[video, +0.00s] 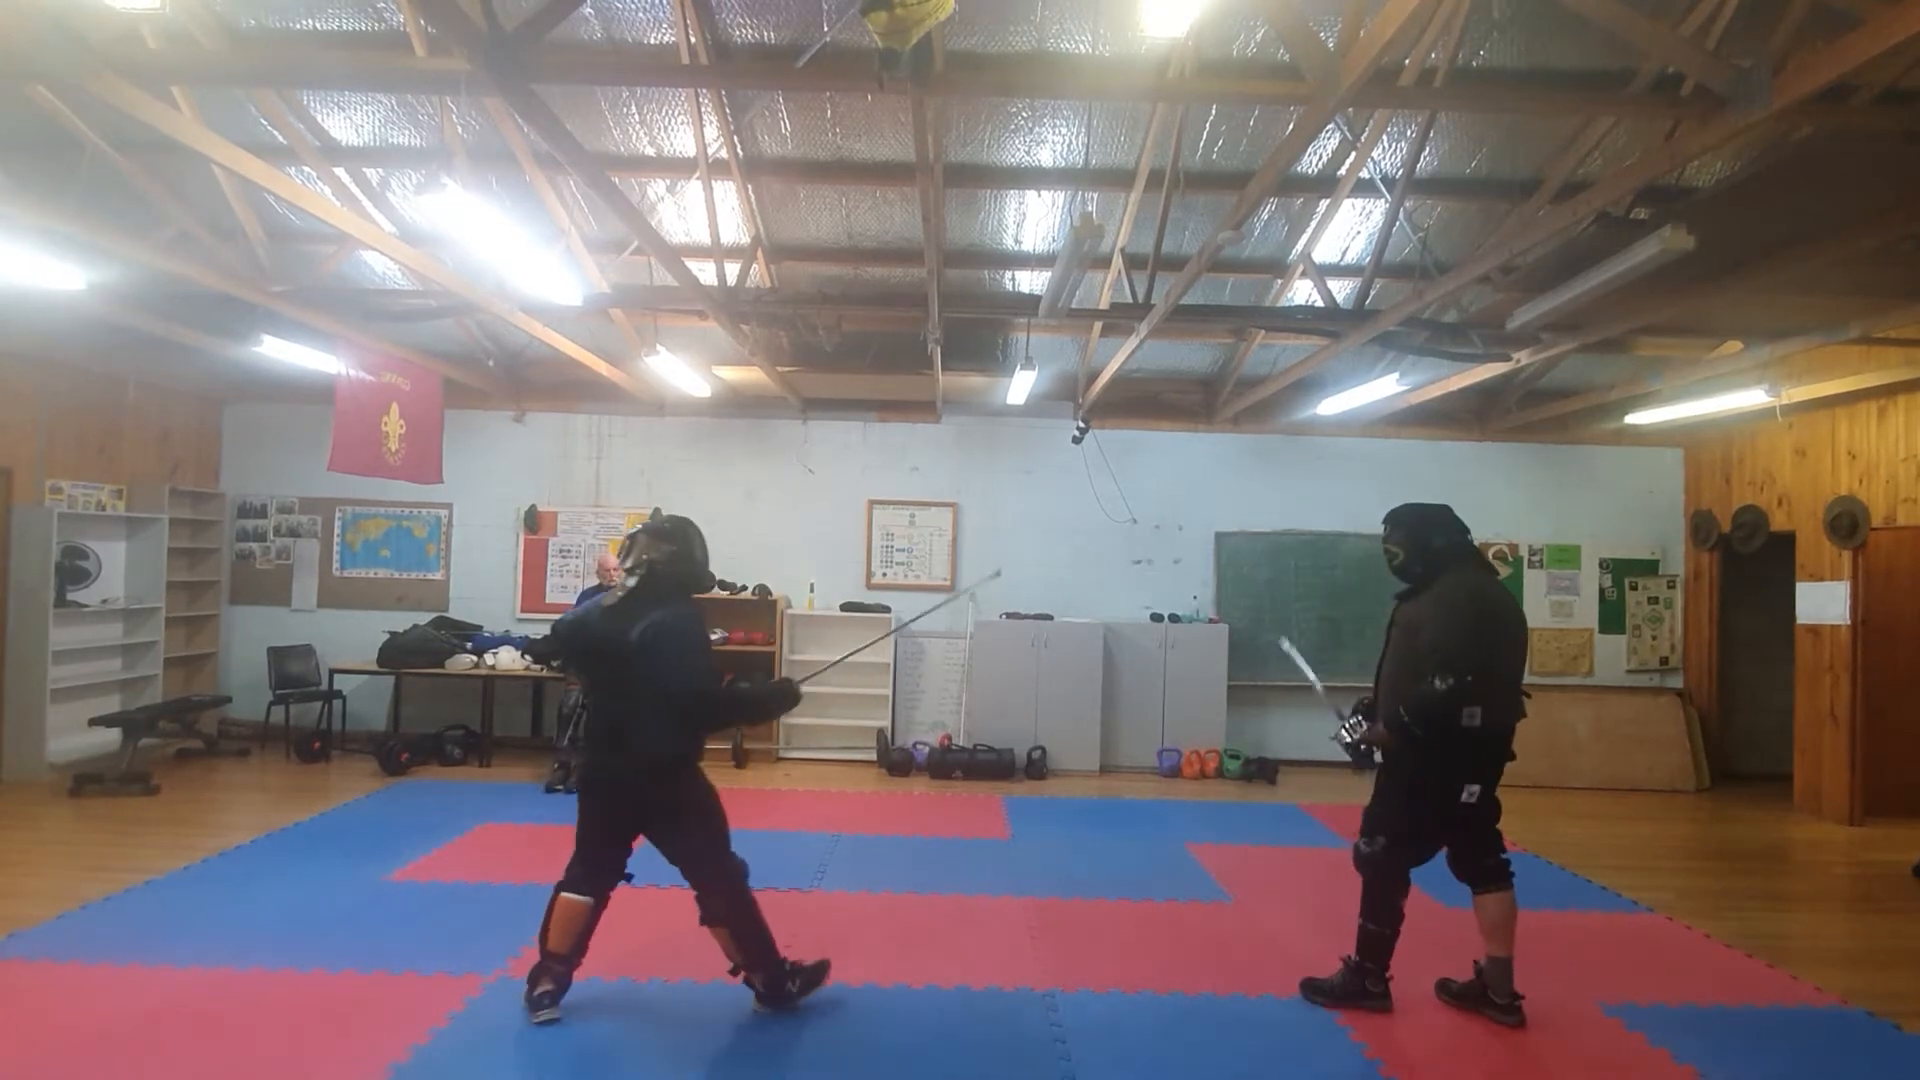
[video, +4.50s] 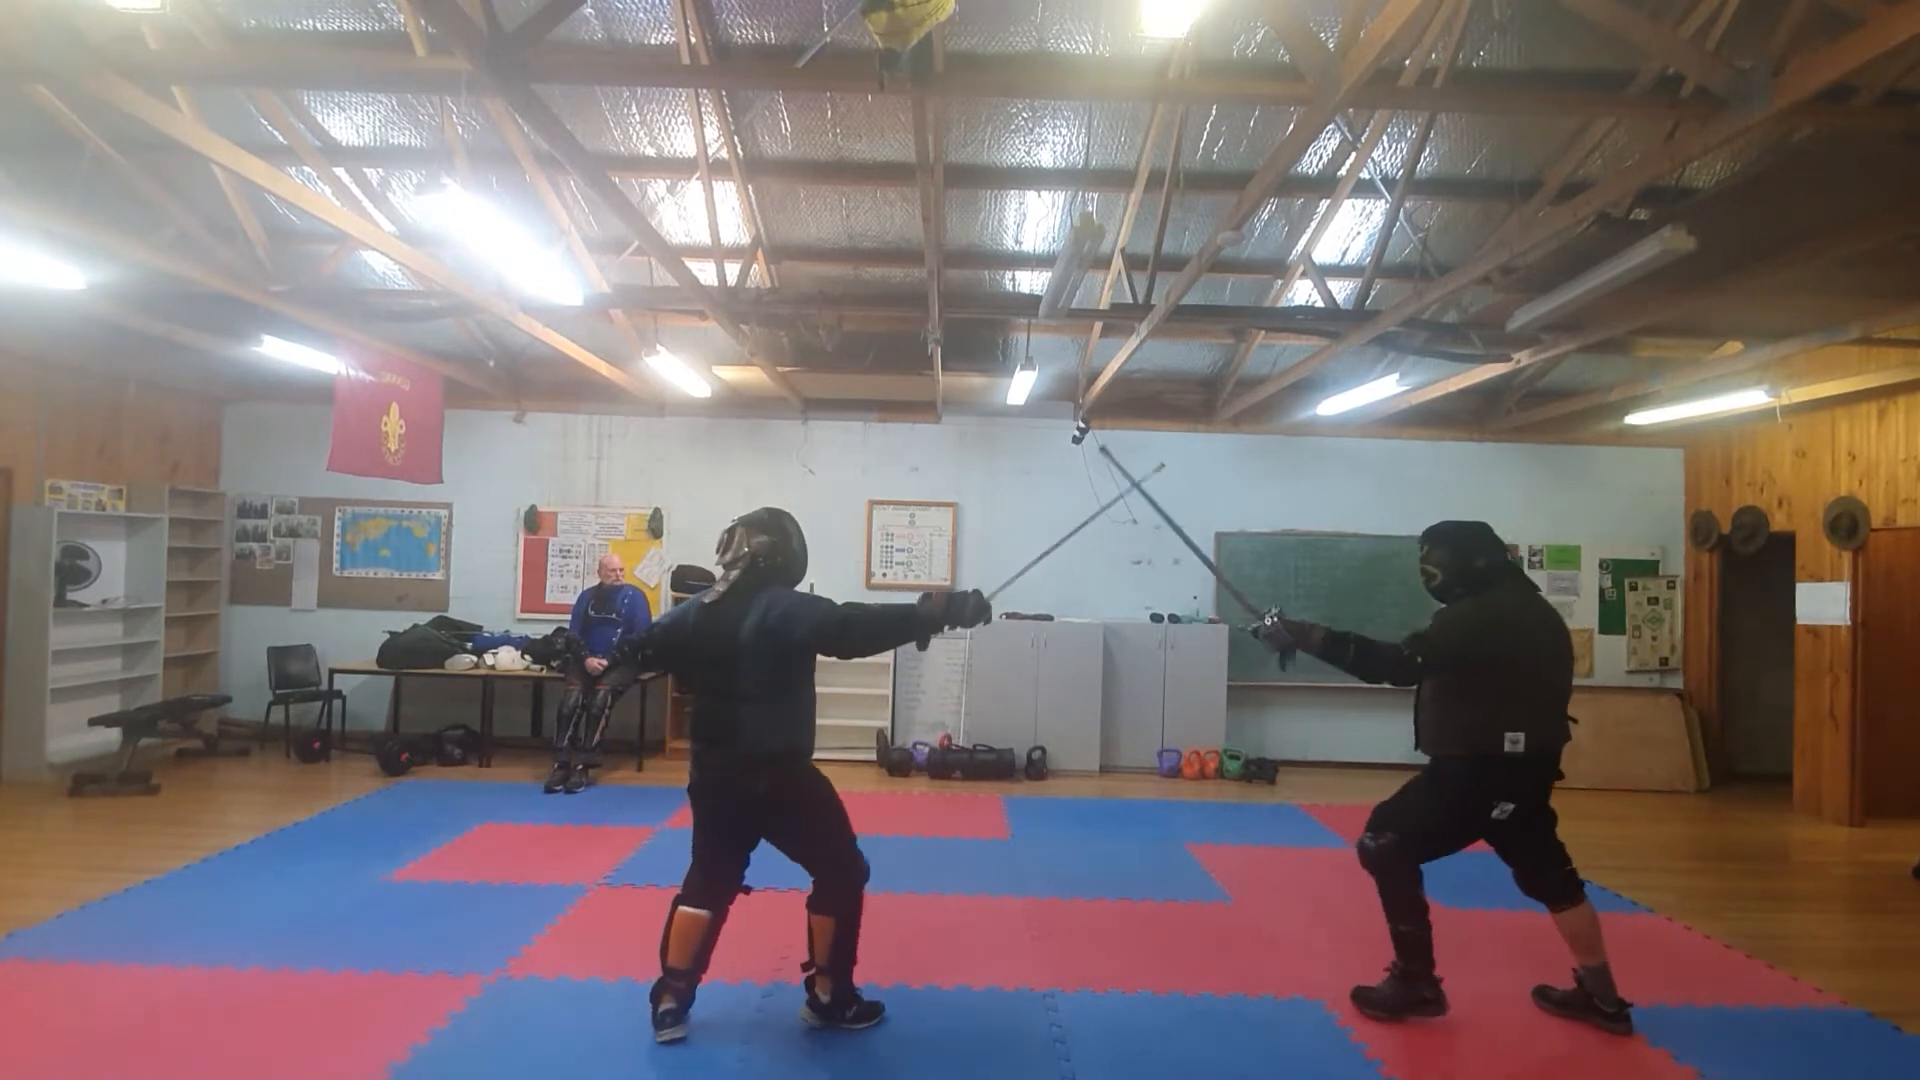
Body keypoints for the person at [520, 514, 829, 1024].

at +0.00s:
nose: (701, 572)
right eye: (698, 562)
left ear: (637, 560)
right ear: (687, 564)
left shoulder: (598, 615)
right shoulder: (677, 620)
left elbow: (549, 645)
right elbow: (696, 703)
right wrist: (774, 695)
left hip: (605, 780)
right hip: (668, 782)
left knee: (588, 874)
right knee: (718, 877)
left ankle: (546, 983)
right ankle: (770, 978)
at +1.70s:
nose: (692, 565)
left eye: (618, 551)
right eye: (688, 554)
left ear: (624, 555)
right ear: (682, 557)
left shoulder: (593, 612)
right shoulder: (685, 617)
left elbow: (539, 628)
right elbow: (750, 653)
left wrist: (592, 594)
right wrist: (829, 636)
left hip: (599, 773)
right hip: (668, 774)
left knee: (584, 868)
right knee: (704, 872)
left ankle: (544, 985)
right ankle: (739, 983)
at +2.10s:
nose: (735, 570)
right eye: (734, 560)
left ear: (670, 555)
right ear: (729, 562)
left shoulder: (637, 612)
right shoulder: (736, 619)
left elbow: (584, 627)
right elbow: (801, 654)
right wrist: (870, 637)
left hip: (646, 769)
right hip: (719, 770)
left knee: (627, 862)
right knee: (757, 862)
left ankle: (594, 981)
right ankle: (745, 983)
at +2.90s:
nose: (716, 567)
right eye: (715, 557)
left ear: (650, 551)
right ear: (708, 557)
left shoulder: (615, 609)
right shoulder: (708, 615)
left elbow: (567, 637)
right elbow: (767, 672)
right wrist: (841, 658)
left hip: (635, 774)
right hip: (706, 775)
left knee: (623, 868)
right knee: (754, 863)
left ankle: (591, 987)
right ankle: (761, 984)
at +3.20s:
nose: (757, 565)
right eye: (755, 555)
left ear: (691, 552)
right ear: (747, 555)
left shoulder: (651, 609)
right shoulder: (753, 608)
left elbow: (593, 626)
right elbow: (821, 632)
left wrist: (603, 593)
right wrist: (900, 620)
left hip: (663, 773)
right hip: (738, 773)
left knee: (635, 871)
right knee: (767, 871)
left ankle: (593, 988)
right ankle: (769, 992)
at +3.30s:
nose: (762, 563)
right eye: (760, 555)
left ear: (696, 551)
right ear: (750, 554)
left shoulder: (654, 604)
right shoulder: (754, 603)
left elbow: (600, 626)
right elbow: (825, 619)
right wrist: (908, 604)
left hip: (664, 767)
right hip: (737, 768)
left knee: (644, 867)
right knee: (768, 870)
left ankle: (613, 989)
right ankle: (769, 991)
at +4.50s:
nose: (798, 568)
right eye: (796, 558)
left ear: (730, 554)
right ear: (787, 559)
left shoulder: (693, 617)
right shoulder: (792, 611)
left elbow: (642, 649)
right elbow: (858, 627)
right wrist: (938, 610)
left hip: (715, 783)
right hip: (785, 782)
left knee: (708, 880)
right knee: (840, 871)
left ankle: (671, 999)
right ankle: (830, 997)